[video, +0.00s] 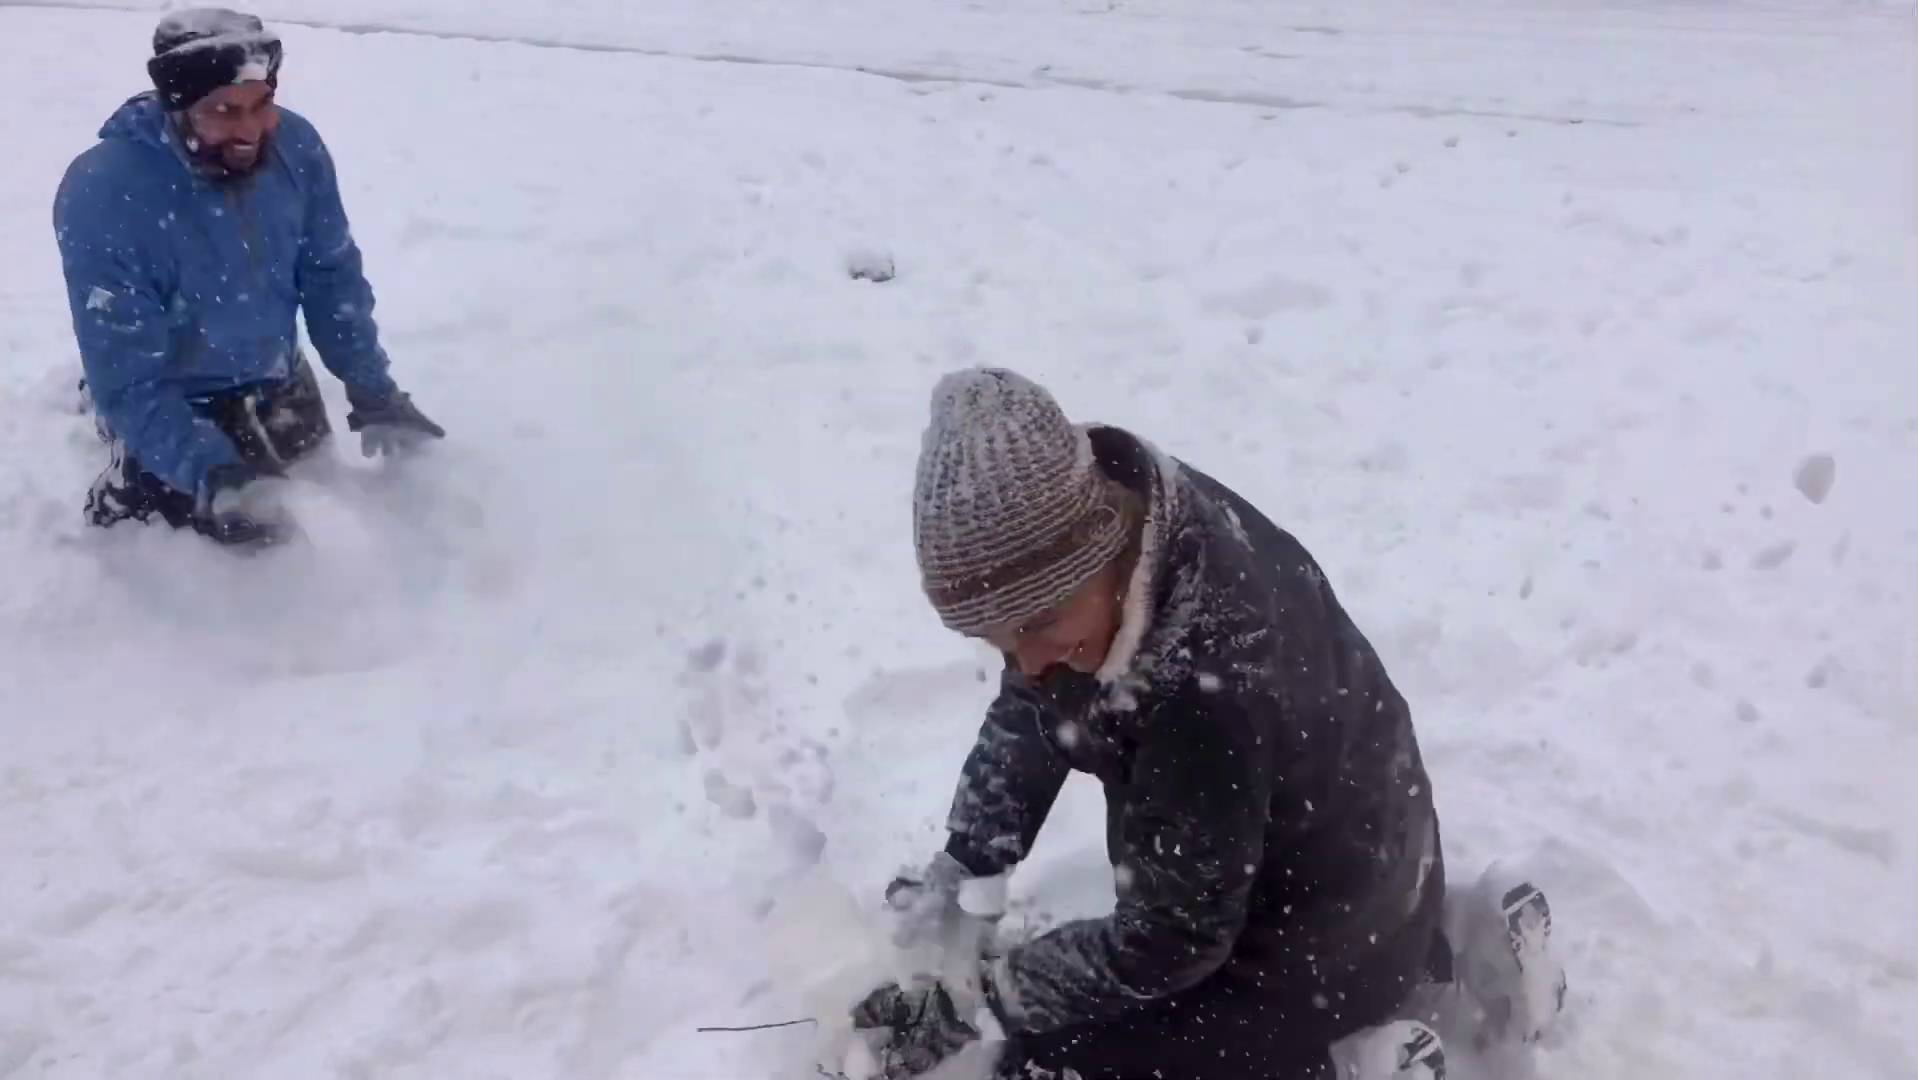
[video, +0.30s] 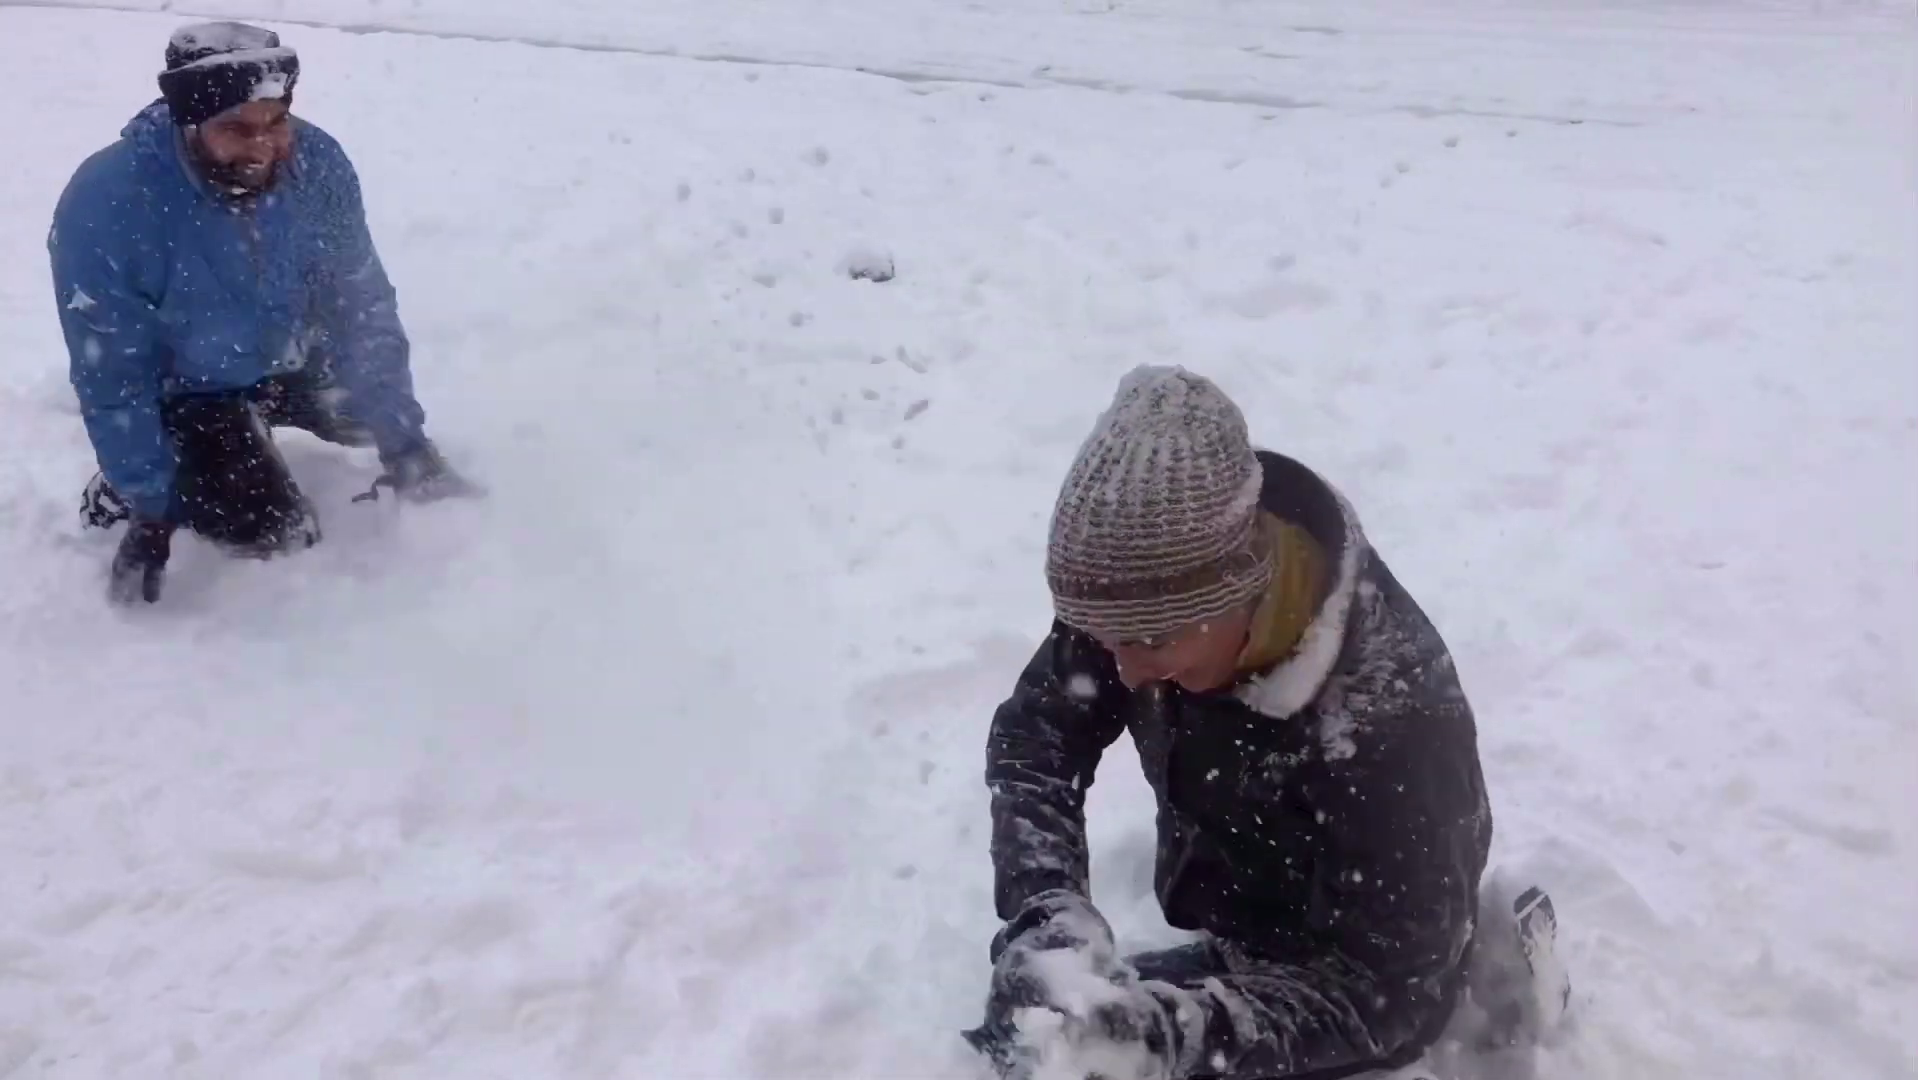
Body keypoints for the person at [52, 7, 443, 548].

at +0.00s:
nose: (249, 131)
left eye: (261, 106)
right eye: (225, 111)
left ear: (275, 94)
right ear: (180, 108)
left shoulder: (295, 148)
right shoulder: (104, 193)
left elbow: (333, 281)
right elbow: (127, 383)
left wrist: (376, 397)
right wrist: (218, 479)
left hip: (279, 377)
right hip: (176, 397)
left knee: (304, 453)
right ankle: (133, 491)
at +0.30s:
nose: (265, 148)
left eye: (276, 124)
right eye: (241, 130)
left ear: (288, 109)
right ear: (191, 124)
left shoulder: (316, 164)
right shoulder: (106, 207)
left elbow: (364, 306)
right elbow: (111, 379)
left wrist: (406, 445)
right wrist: (149, 511)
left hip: (290, 358)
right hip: (184, 390)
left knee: (376, 418)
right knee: (277, 529)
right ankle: (137, 498)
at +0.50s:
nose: (270, 151)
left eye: (282, 126)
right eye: (243, 136)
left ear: (293, 108)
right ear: (191, 128)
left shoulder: (317, 136)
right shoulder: (123, 213)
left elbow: (394, 270)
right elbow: (164, 387)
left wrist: (466, 406)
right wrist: (221, 522)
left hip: (312, 341)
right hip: (211, 387)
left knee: (437, 431)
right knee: (278, 529)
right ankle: (140, 471)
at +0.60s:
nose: (278, 151)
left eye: (286, 126)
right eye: (254, 140)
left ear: (292, 101)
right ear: (199, 129)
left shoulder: (324, 124)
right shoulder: (131, 211)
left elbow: (425, 240)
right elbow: (196, 390)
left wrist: (523, 364)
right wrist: (296, 532)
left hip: (350, 345)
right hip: (243, 394)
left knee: (458, 458)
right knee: (269, 531)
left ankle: (315, 414)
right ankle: (148, 474)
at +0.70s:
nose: (277, 154)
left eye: (287, 128)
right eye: (250, 141)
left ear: (294, 98)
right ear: (198, 125)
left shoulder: (334, 112)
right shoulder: (143, 212)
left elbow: (444, 204)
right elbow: (208, 383)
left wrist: (551, 311)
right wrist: (316, 504)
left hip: (379, 340)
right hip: (266, 388)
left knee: (482, 473)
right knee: (293, 538)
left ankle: (375, 440)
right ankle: (155, 472)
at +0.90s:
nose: (321, 124)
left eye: (332, 99)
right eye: (296, 110)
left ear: (342, 74)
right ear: (252, 97)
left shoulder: (400, 88)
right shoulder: (192, 181)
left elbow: (483, 158)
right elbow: (249, 363)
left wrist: (548, 231)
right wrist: (330, 524)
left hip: (447, 362)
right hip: (320, 396)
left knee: (559, 513)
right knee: (282, 539)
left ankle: (451, 447)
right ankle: (184, 474)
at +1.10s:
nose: (399, 114)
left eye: (413, 87)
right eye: (375, 97)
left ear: (431, 66)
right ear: (330, 87)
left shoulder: (489, 114)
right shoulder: (269, 182)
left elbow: (554, 200)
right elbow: (307, 350)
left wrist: (605, 270)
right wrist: (370, 485)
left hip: (496, 401)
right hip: (359, 422)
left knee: (596, 547)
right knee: (286, 545)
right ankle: (197, 476)